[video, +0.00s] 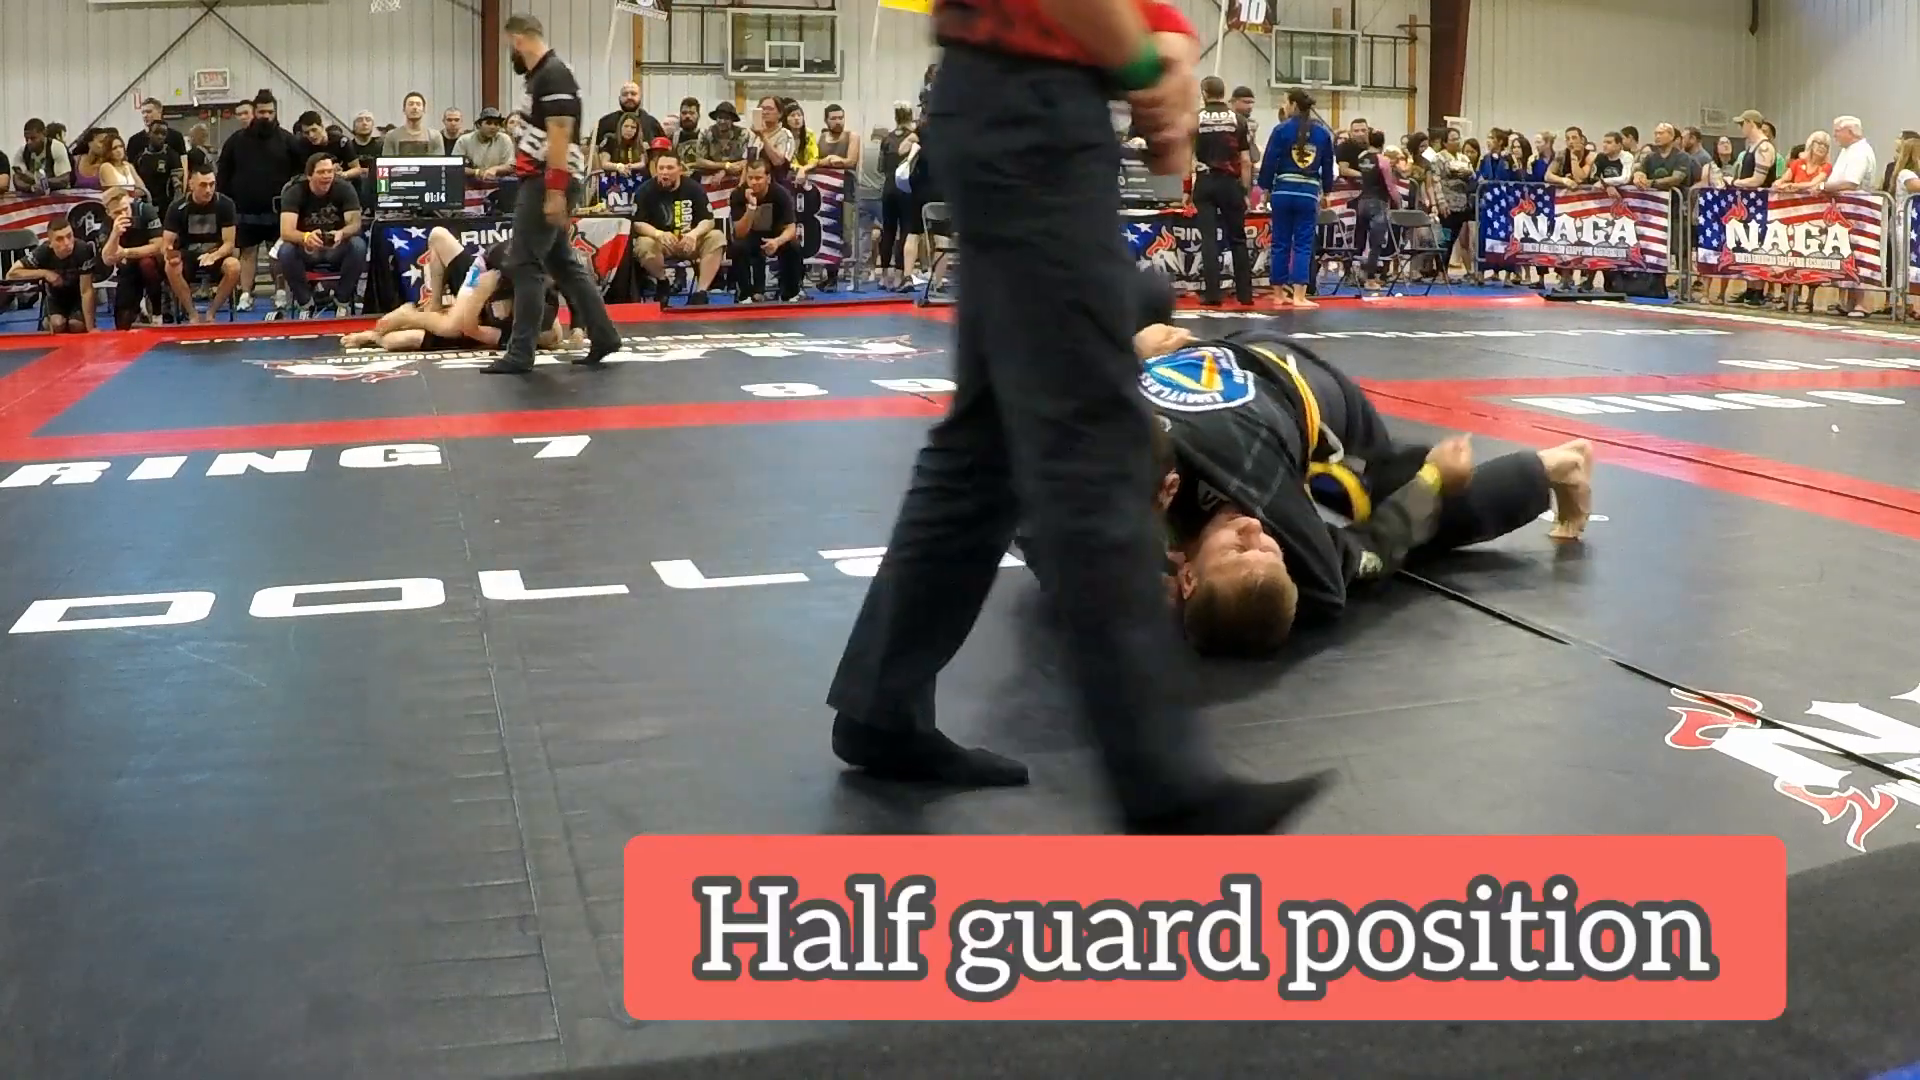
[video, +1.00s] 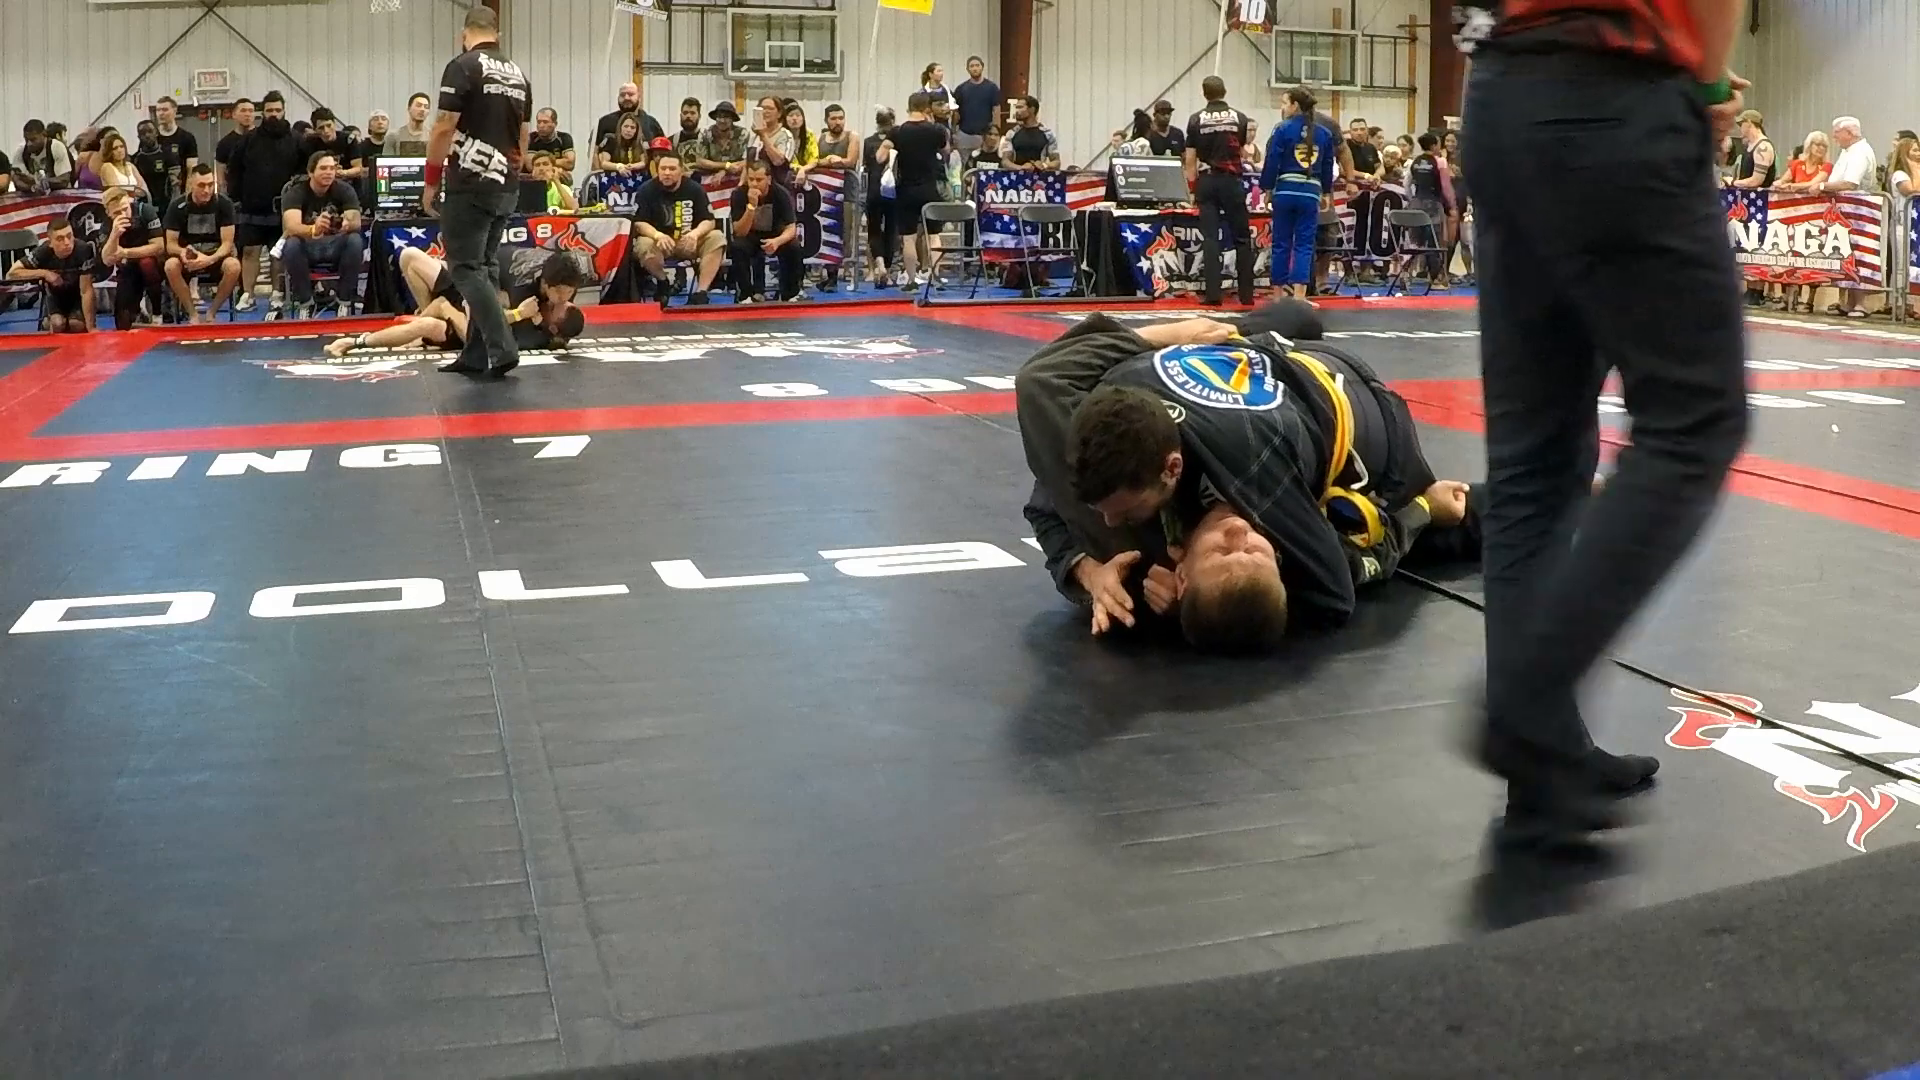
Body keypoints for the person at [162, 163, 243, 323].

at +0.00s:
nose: (208, 190)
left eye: (211, 185)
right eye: (203, 185)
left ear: (215, 183)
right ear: (191, 184)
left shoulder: (225, 204)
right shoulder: (177, 207)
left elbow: (229, 243)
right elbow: (167, 242)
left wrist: (214, 255)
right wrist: (171, 256)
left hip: (215, 253)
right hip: (188, 255)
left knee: (234, 266)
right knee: (171, 268)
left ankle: (211, 313)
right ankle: (193, 315)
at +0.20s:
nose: (208, 190)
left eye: (211, 185)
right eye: (203, 185)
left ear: (215, 183)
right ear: (191, 184)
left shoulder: (225, 204)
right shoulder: (178, 207)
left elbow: (229, 243)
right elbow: (167, 243)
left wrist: (215, 255)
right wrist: (172, 257)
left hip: (216, 252)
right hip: (188, 253)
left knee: (234, 267)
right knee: (172, 268)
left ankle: (211, 312)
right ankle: (193, 315)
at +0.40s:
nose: (208, 190)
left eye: (212, 184)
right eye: (203, 185)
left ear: (216, 183)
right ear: (190, 184)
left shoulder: (225, 204)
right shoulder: (177, 207)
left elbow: (229, 243)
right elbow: (167, 243)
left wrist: (214, 255)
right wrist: (171, 257)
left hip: (216, 252)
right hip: (188, 253)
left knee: (234, 266)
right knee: (172, 268)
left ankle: (211, 313)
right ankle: (193, 315)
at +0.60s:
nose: (208, 190)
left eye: (211, 184)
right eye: (203, 185)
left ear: (216, 184)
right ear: (192, 184)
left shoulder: (224, 204)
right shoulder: (178, 207)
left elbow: (229, 243)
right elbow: (167, 243)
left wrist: (213, 257)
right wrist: (172, 257)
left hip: (215, 252)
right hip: (187, 253)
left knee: (234, 266)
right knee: (171, 268)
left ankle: (211, 313)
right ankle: (193, 315)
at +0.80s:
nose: (208, 190)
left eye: (211, 184)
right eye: (203, 185)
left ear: (216, 184)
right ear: (191, 184)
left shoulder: (224, 204)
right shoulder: (177, 207)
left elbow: (228, 243)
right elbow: (169, 240)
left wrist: (212, 259)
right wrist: (172, 256)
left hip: (215, 251)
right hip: (187, 252)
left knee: (234, 267)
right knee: (171, 268)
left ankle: (211, 313)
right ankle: (193, 315)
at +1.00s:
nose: (206, 190)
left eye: (210, 185)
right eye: (201, 185)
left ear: (214, 183)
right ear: (191, 184)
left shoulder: (224, 204)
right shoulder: (177, 206)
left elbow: (227, 243)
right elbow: (170, 243)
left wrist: (210, 259)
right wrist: (182, 252)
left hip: (215, 254)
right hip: (189, 256)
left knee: (233, 266)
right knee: (171, 265)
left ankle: (211, 313)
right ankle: (193, 315)